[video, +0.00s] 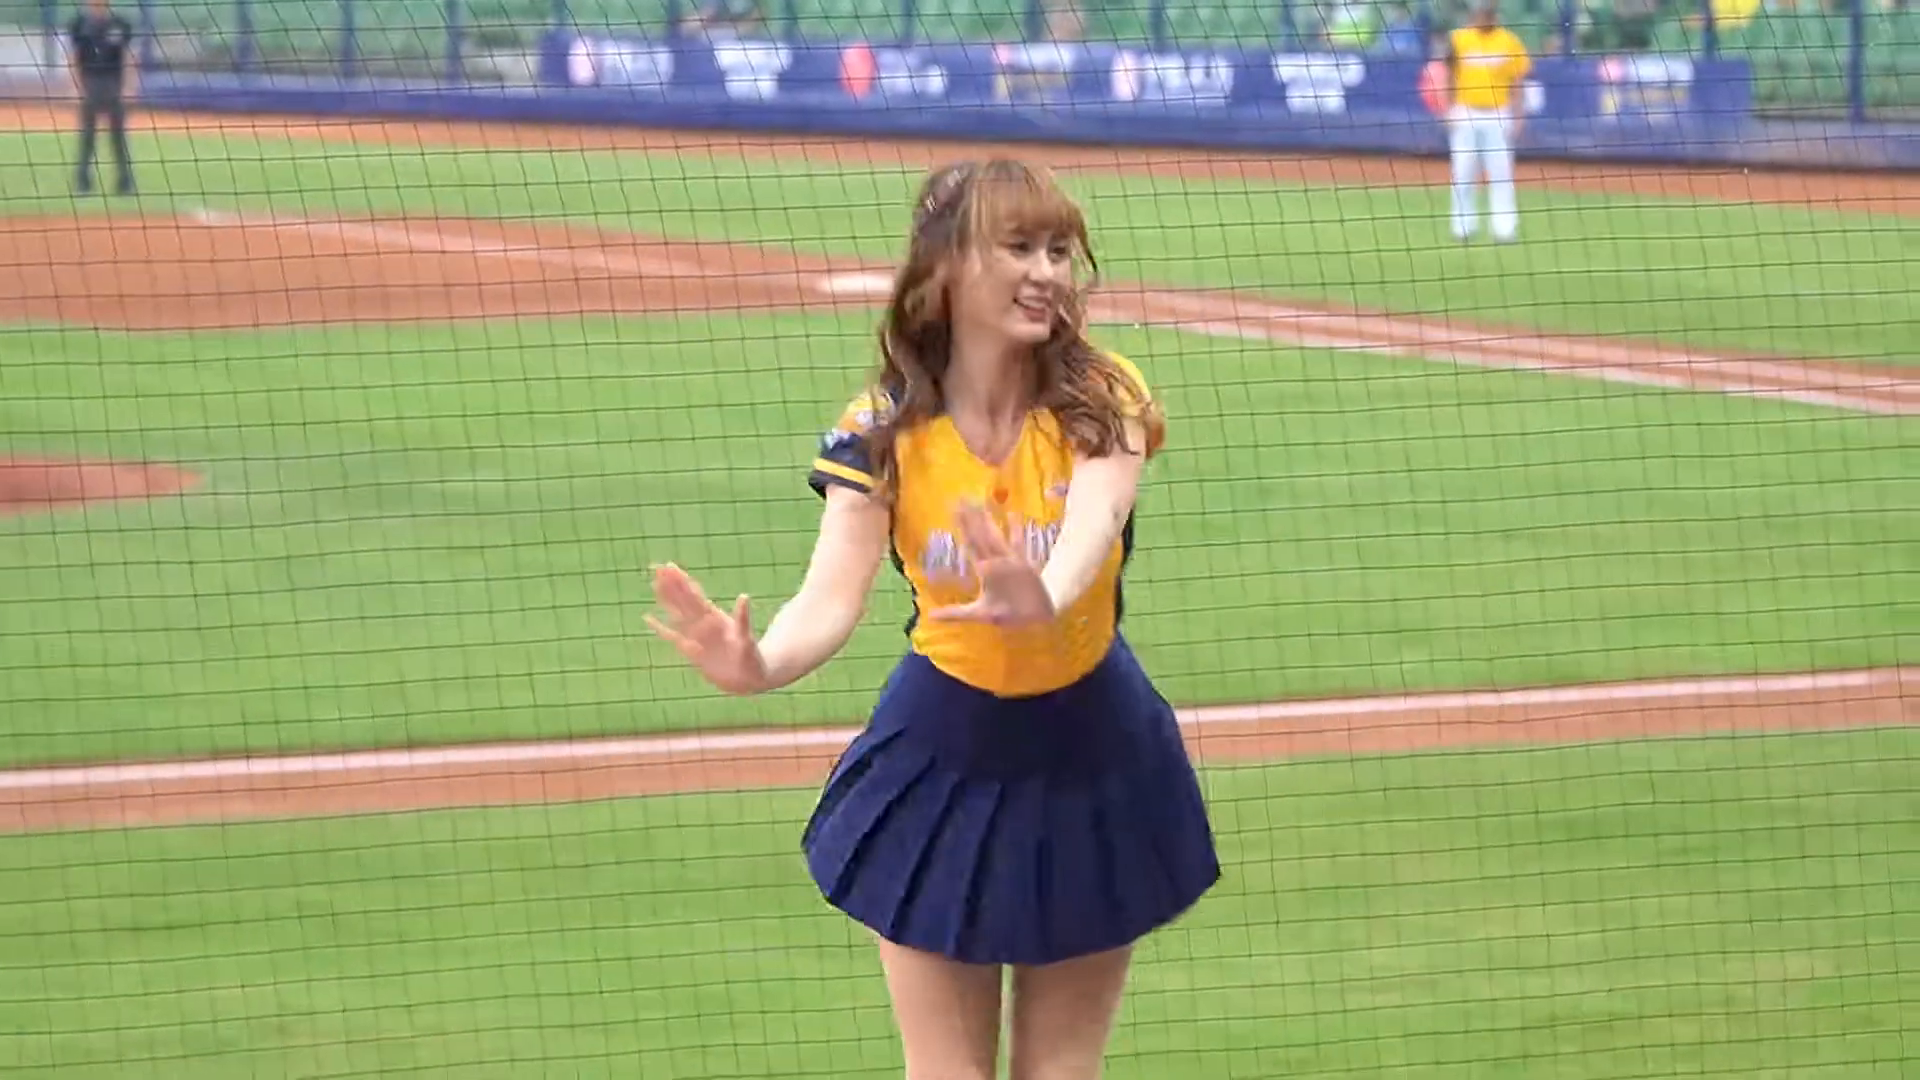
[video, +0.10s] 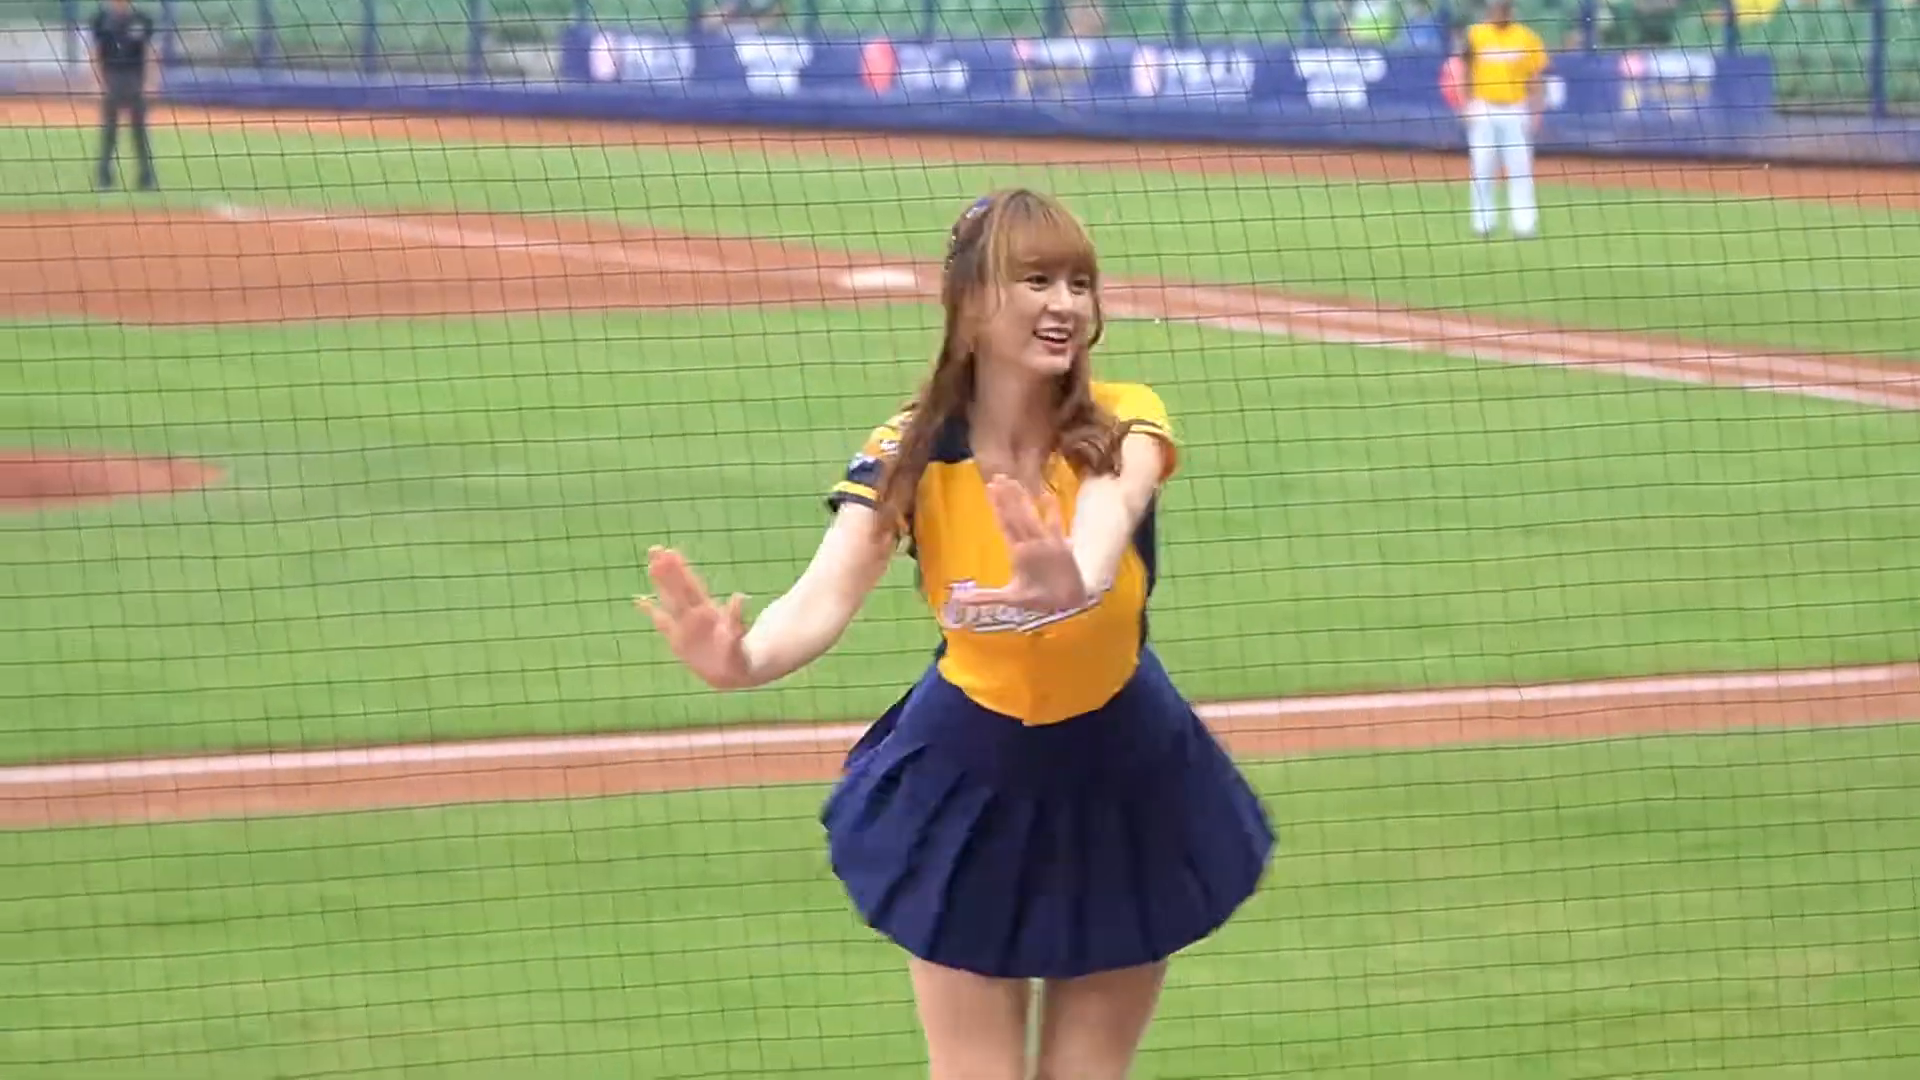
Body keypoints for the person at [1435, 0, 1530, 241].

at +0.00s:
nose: (1485, 18)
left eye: (1489, 13)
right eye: (1481, 13)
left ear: (1495, 14)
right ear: (1473, 14)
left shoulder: (1508, 41)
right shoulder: (1458, 39)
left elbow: (1518, 84)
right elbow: (1447, 74)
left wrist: (1518, 118)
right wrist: (1448, 106)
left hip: (1498, 113)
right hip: (1464, 112)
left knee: (1500, 170)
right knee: (1463, 171)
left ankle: (1504, 225)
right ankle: (1463, 224)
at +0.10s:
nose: (1500, 12)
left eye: (1504, 7)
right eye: (1495, 7)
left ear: (1510, 9)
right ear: (1489, 9)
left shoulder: (1526, 37)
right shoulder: (1475, 34)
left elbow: (1536, 79)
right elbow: (1465, 70)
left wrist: (1536, 112)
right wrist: (1466, 102)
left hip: (1516, 108)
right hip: (1482, 107)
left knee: (1519, 165)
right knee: (1482, 166)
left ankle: (1524, 220)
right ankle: (1483, 219)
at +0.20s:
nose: (1517, 10)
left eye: (1521, 5)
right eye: (1512, 6)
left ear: (1527, 7)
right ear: (1506, 7)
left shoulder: (1540, 32)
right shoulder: (1491, 32)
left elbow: (1550, 73)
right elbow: (1479, 69)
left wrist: (1550, 107)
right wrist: (1481, 102)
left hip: (1533, 104)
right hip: (1499, 105)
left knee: (1539, 161)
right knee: (1502, 162)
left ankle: (1546, 217)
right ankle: (1506, 216)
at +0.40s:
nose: (1512, 5)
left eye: (1516, 2)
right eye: (1508, 2)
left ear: (1522, 3)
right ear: (1500, 3)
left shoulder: (1538, 25)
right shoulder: (1486, 26)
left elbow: (1549, 65)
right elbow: (1474, 64)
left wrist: (1549, 99)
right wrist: (1476, 100)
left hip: (1531, 96)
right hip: (1496, 97)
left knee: (1538, 153)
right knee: (1502, 155)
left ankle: (1546, 210)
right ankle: (1508, 210)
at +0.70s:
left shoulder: (1525, 12)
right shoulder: (1473, 16)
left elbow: (1540, 51)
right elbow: (1465, 55)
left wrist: (1542, 86)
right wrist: (1469, 90)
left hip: (1523, 83)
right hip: (1488, 85)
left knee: (1531, 142)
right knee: (1494, 145)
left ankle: (1541, 198)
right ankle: (1502, 199)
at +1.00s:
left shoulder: (1521, 6)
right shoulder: (1468, 9)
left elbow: (1535, 40)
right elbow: (1461, 47)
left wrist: (1537, 76)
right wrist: (1464, 81)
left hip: (1519, 75)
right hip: (1484, 77)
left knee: (1527, 134)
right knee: (1491, 138)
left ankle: (1538, 190)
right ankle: (1500, 191)